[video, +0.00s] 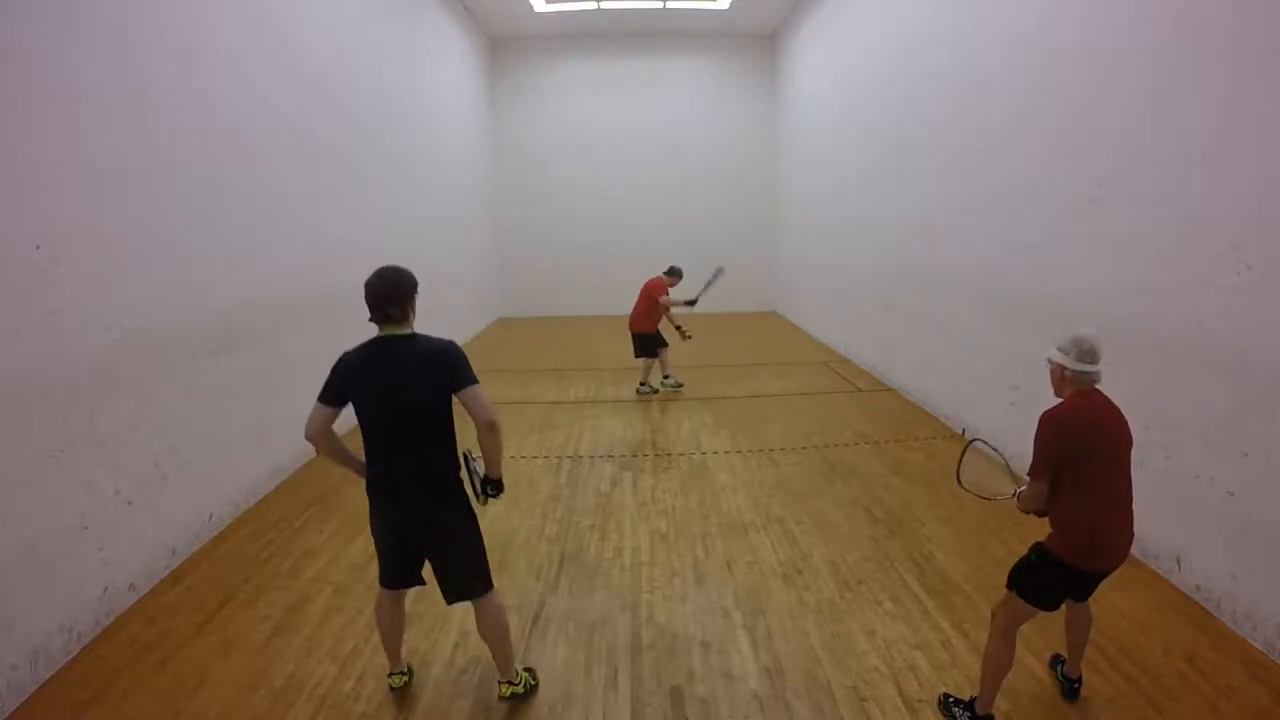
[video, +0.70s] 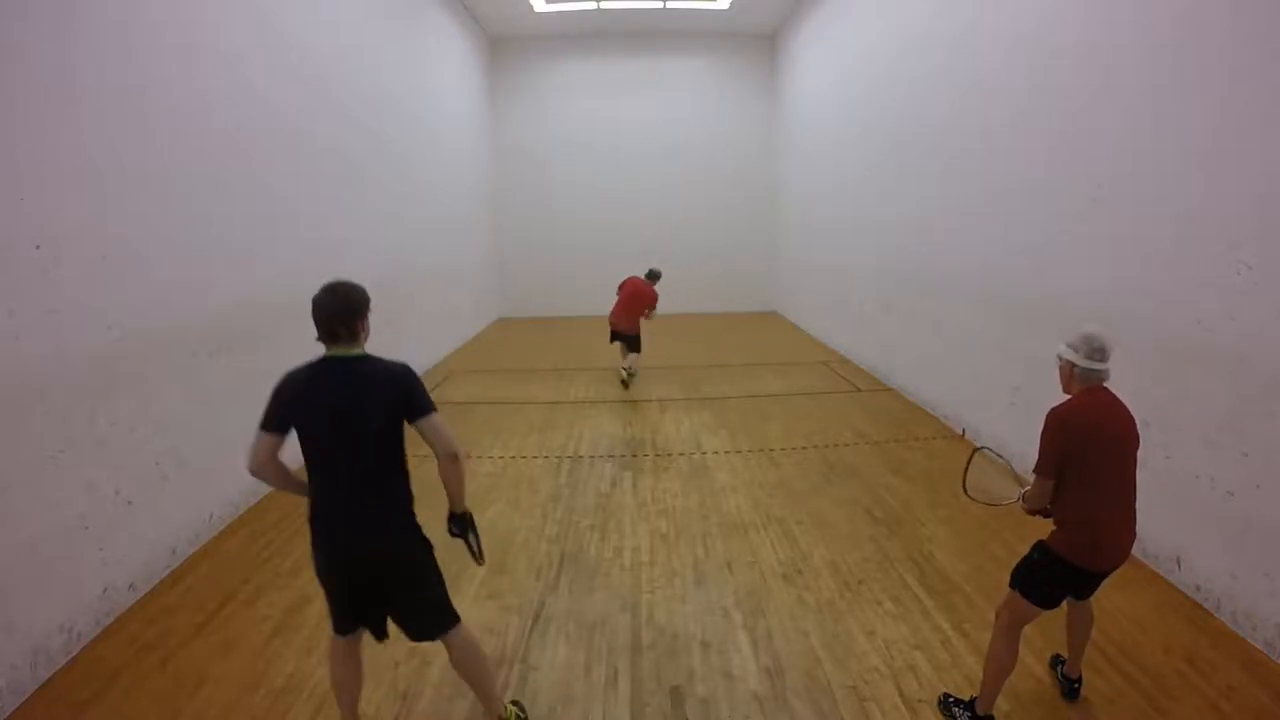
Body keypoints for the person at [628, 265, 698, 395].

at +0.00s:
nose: (676, 284)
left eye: (678, 282)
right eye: (677, 281)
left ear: (668, 274)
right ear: (673, 277)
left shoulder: (662, 287)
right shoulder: (657, 284)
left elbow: (667, 312)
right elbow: (663, 301)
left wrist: (678, 327)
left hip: (649, 325)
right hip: (641, 326)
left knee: (662, 348)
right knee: (651, 355)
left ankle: (666, 378)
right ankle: (643, 384)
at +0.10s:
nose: (672, 282)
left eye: (674, 281)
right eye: (673, 280)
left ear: (665, 274)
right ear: (669, 276)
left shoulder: (660, 286)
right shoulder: (654, 280)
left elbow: (665, 309)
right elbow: (663, 288)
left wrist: (675, 325)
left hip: (646, 323)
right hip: (638, 324)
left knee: (657, 345)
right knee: (647, 353)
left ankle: (659, 375)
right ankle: (642, 384)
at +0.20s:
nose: (670, 281)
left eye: (672, 280)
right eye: (670, 278)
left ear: (671, 277)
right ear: (664, 272)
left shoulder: (661, 289)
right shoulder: (650, 279)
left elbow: (664, 308)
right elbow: (662, 276)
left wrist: (672, 325)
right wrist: (675, 264)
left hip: (643, 322)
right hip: (635, 322)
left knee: (650, 346)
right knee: (645, 352)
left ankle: (647, 373)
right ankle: (642, 384)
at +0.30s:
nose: (668, 281)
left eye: (670, 279)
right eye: (669, 277)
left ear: (668, 275)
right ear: (664, 272)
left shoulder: (660, 288)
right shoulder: (649, 278)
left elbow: (661, 306)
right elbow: (656, 269)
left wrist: (667, 322)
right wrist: (669, 255)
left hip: (639, 322)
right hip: (632, 320)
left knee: (642, 350)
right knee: (642, 352)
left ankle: (639, 371)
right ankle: (643, 383)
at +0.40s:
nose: (665, 283)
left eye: (667, 281)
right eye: (665, 280)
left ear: (664, 276)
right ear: (662, 275)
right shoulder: (651, 281)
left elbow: (654, 302)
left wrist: (656, 315)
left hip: (628, 319)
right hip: (634, 321)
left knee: (633, 349)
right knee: (642, 351)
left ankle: (631, 369)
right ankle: (642, 382)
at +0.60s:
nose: (659, 287)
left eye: (660, 284)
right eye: (660, 285)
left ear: (649, 276)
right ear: (658, 284)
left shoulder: (635, 280)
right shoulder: (650, 296)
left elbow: (621, 287)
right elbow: (660, 315)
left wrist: (633, 298)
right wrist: (676, 321)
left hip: (615, 320)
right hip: (631, 325)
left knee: (628, 345)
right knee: (642, 351)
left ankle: (629, 368)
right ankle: (636, 374)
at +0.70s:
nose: (656, 283)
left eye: (656, 281)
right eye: (657, 281)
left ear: (646, 274)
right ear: (656, 281)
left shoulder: (632, 280)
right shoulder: (652, 294)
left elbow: (619, 291)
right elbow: (650, 312)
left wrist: (631, 298)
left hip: (615, 321)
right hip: (630, 325)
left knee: (623, 344)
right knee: (635, 351)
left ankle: (628, 367)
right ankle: (625, 367)